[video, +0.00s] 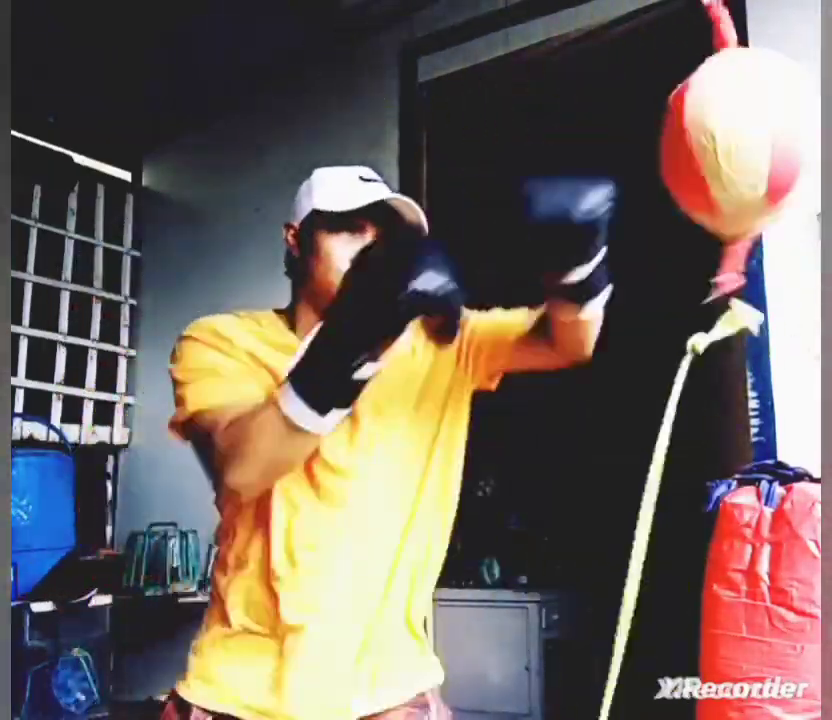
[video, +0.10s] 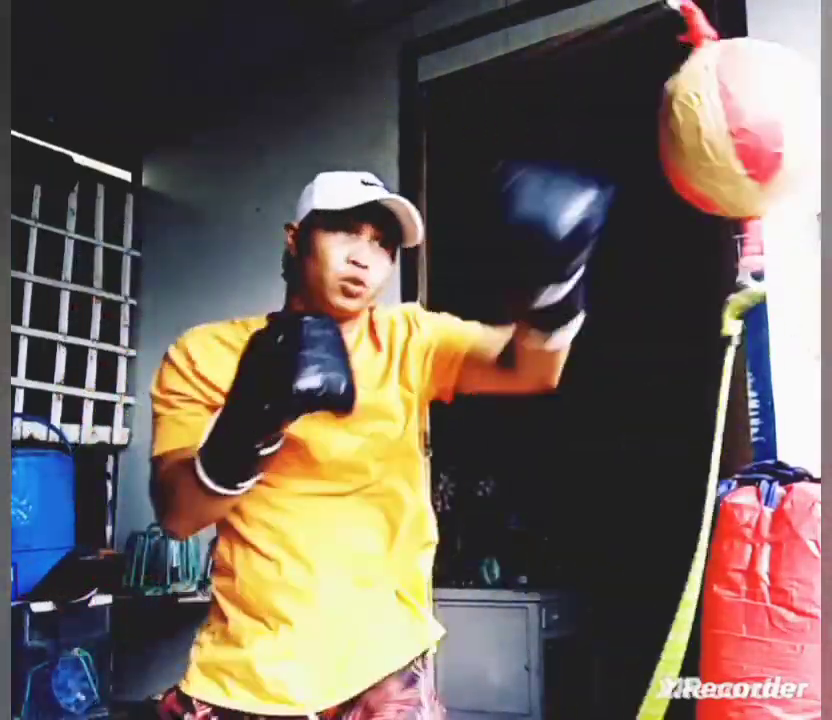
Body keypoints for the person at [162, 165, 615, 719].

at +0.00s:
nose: (370, 248)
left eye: (383, 231)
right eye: (347, 229)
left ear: (404, 246)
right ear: (296, 244)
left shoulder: (448, 339)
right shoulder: (223, 342)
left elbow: (570, 346)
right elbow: (240, 470)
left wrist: (577, 265)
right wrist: (346, 344)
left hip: (392, 696)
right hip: (238, 695)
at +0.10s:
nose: (362, 254)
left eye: (380, 243)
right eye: (344, 231)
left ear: (393, 267)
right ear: (295, 242)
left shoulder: (410, 337)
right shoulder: (208, 354)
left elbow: (533, 369)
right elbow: (178, 515)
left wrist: (555, 286)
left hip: (387, 671)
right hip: (249, 672)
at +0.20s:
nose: (290, 275)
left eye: (308, 258)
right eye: (270, 251)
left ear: (323, 276)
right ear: (227, 265)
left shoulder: (374, 360)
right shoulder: (168, 384)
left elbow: (460, 476)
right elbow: (148, 538)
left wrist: (407, 499)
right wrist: (219, 421)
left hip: (372, 667)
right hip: (237, 677)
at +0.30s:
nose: (223, 307)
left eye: (242, 288)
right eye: (200, 286)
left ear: (261, 305)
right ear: (163, 307)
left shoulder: (333, 395)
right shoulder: (131, 430)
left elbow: (399, 519)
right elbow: (141, 579)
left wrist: (350, 602)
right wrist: (192, 461)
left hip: (355, 694)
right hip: (214, 698)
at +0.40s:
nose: (207, 304)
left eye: (224, 286)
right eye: (184, 284)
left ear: (244, 301)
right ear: (146, 303)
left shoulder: (319, 384)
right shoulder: (112, 425)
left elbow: (371, 495)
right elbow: (137, 568)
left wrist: (334, 556)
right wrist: (180, 458)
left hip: (326, 683)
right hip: (193, 689)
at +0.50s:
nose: (221, 295)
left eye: (237, 279)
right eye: (198, 279)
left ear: (255, 291)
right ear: (158, 295)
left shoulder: (315, 374)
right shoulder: (112, 402)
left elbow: (364, 484)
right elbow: (139, 527)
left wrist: (344, 540)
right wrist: (192, 406)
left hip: (329, 679)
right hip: (188, 688)